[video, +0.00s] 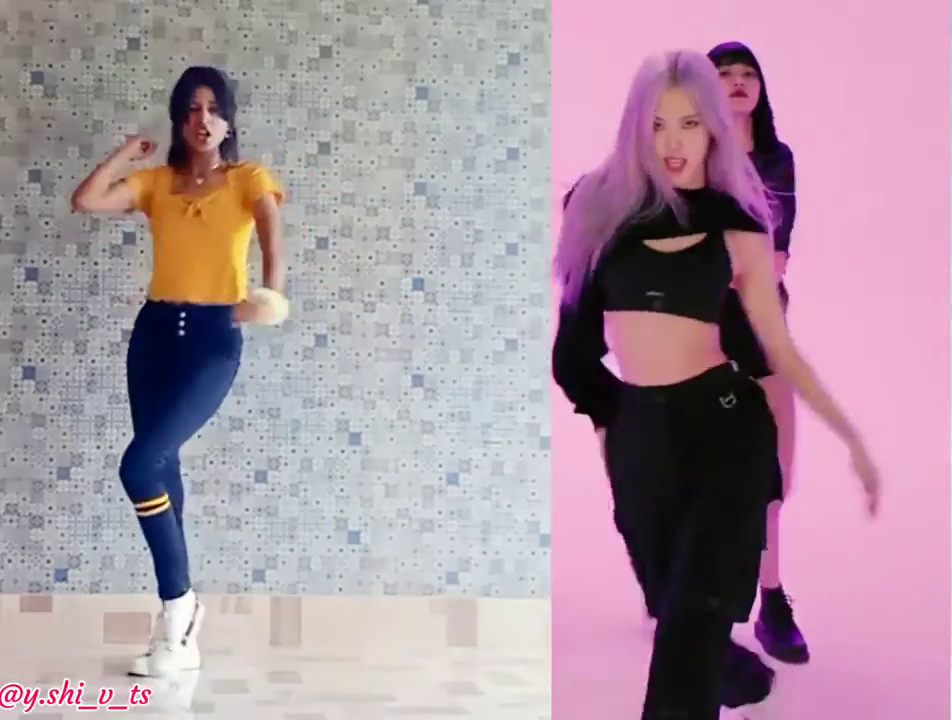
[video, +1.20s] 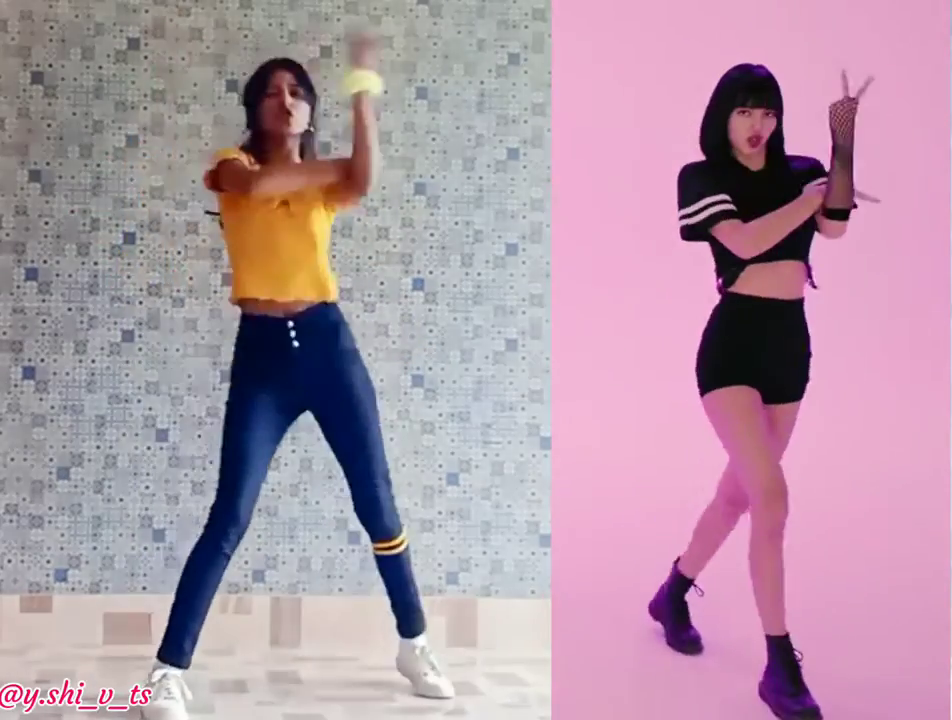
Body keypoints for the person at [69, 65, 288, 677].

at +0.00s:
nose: (202, 118)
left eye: (212, 109)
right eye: (191, 109)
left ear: (227, 119)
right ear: (176, 119)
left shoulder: (248, 177)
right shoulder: (156, 180)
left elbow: (271, 231)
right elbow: (86, 199)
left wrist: (271, 289)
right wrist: (125, 151)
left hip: (215, 340)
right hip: (153, 337)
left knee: (138, 467)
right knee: (165, 481)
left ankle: (178, 601)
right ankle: (175, 620)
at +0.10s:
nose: (198, 113)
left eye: (208, 105)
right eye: (187, 104)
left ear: (223, 115)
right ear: (171, 112)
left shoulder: (240, 172)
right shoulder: (153, 167)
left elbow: (257, 234)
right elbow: (134, 182)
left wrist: (200, 267)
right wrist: (141, 104)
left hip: (211, 337)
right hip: (148, 335)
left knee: (160, 467)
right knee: (163, 479)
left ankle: (159, 624)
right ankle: (183, 635)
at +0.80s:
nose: (208, 90)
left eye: (219, 83)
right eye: (196, 83)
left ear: (236, 103)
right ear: (180, 102)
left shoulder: (258, 157)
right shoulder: (160, 166)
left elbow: (279, 200)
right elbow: (177, 190)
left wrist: (197, 199)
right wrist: (177, 90)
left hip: (231, 349)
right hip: (165, 341)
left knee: (225, 524)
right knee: (171, 507)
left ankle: (128, 621)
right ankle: (160, 672)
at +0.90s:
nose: (224, 89)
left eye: (234, 81)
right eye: (213, 83)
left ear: (249, 102)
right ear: (195, 101)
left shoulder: (271, 154)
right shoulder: (174, 168)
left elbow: (293, 192)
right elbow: (184, 186)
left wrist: (206, 191)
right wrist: (198, 82)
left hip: (243, 351)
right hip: (175, 345)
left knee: (298, 499)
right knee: (175, 506)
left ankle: (200, 590)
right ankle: (160, 671)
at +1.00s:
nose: (248, 87)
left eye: (257, 79)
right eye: (233, 75)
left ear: (267, 94)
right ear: (211, 92)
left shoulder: (285, 149)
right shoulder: (191, 158)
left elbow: (310, 172)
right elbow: (211, 151)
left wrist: (234, 162)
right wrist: (250, 74)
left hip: (265, 348)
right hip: (197, 345)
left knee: (351, 478)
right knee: (185, 503)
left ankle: (299, 599)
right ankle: (162, 671)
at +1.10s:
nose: (259, 78)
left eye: (271, 70)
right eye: (244, 69)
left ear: (288, 90)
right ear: (224, 89)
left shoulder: (302, 151)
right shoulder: (205, 151)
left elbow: (340, 168)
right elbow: (223, 164)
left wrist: (294, 121)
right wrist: (296, 113)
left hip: (298, 341)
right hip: (226, 341)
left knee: (370, 487)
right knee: (202, 506)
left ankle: (387, 622)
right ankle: (165, 670)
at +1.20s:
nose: (284, 99)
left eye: (295, 92)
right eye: (271, 92)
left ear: (311, 109)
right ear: (251, 108)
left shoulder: (325, 174)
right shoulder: (229, 164)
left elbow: (361, 181)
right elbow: (256, 185)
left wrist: (363, 99)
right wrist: (332, 166)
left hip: (330, 349)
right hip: (261, 353)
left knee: (377, 503)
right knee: (230, 516)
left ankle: (415, 645)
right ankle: (169, 671)